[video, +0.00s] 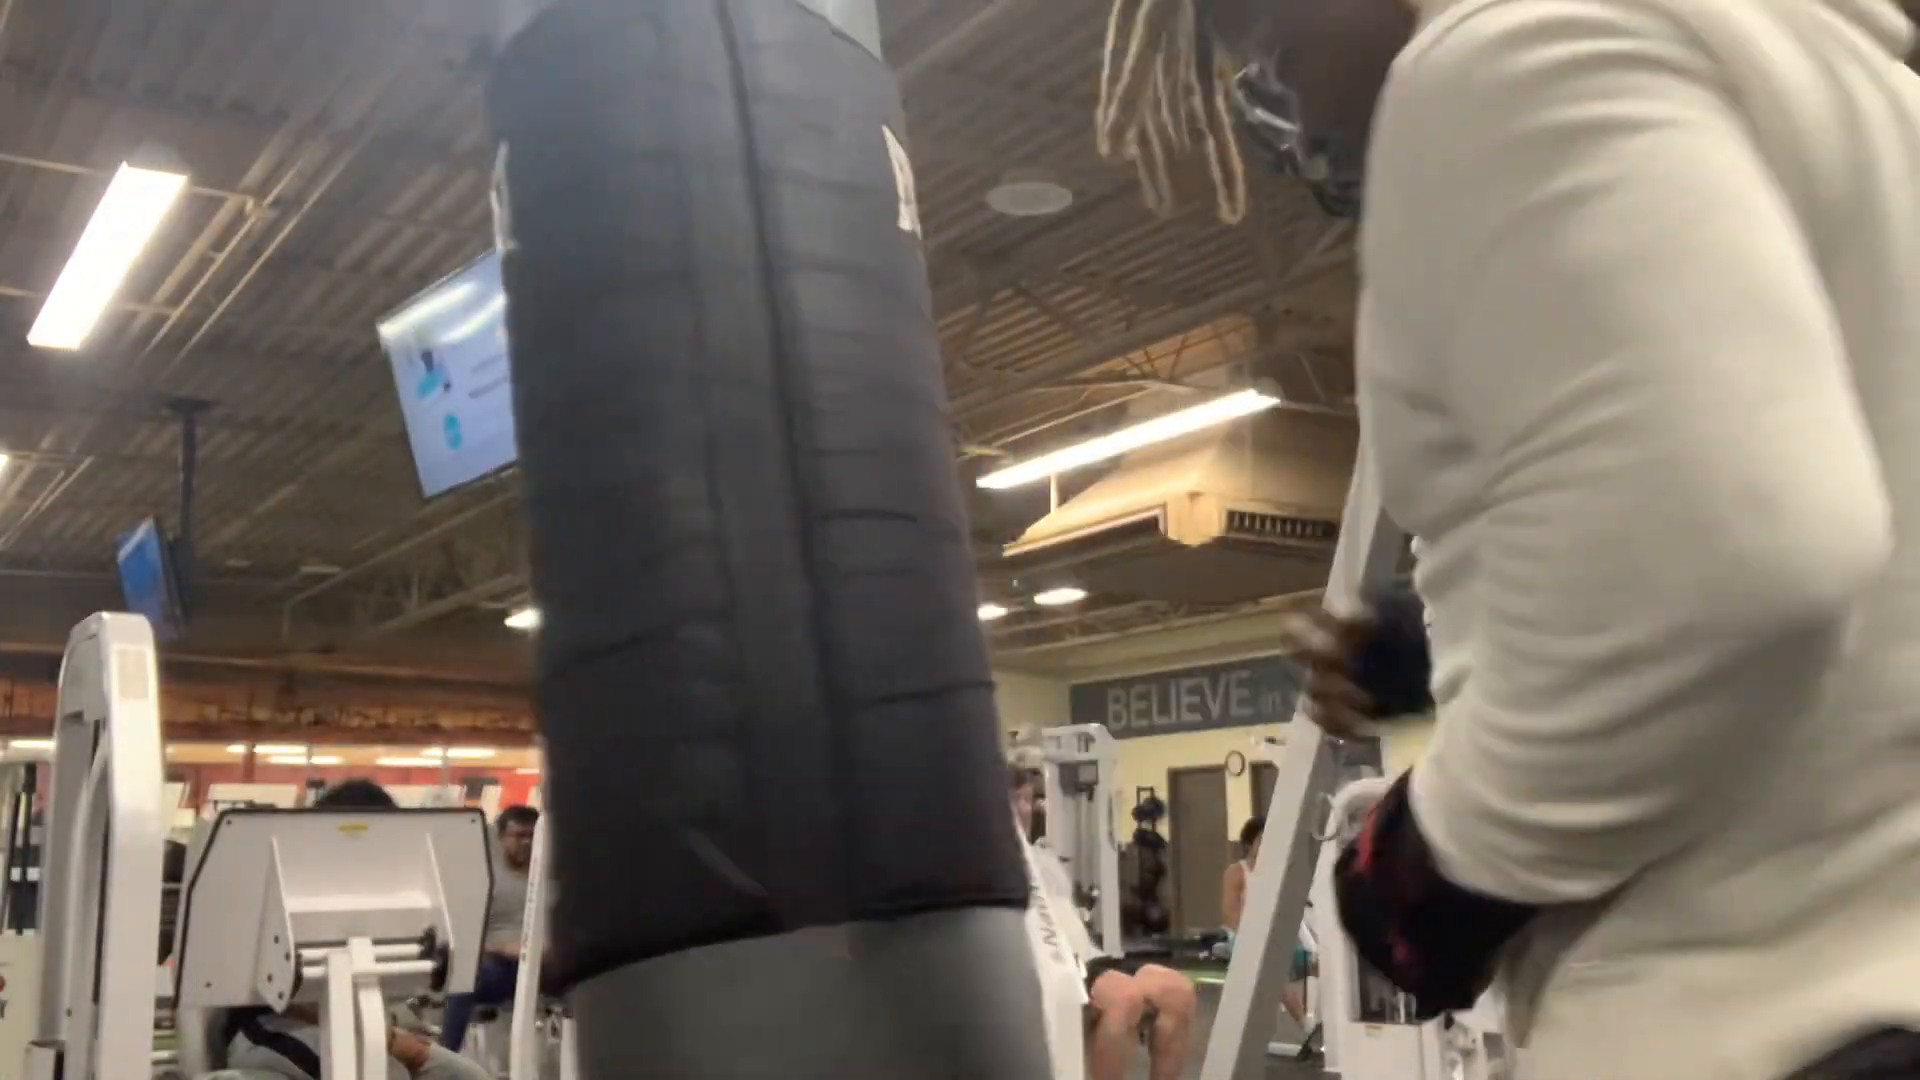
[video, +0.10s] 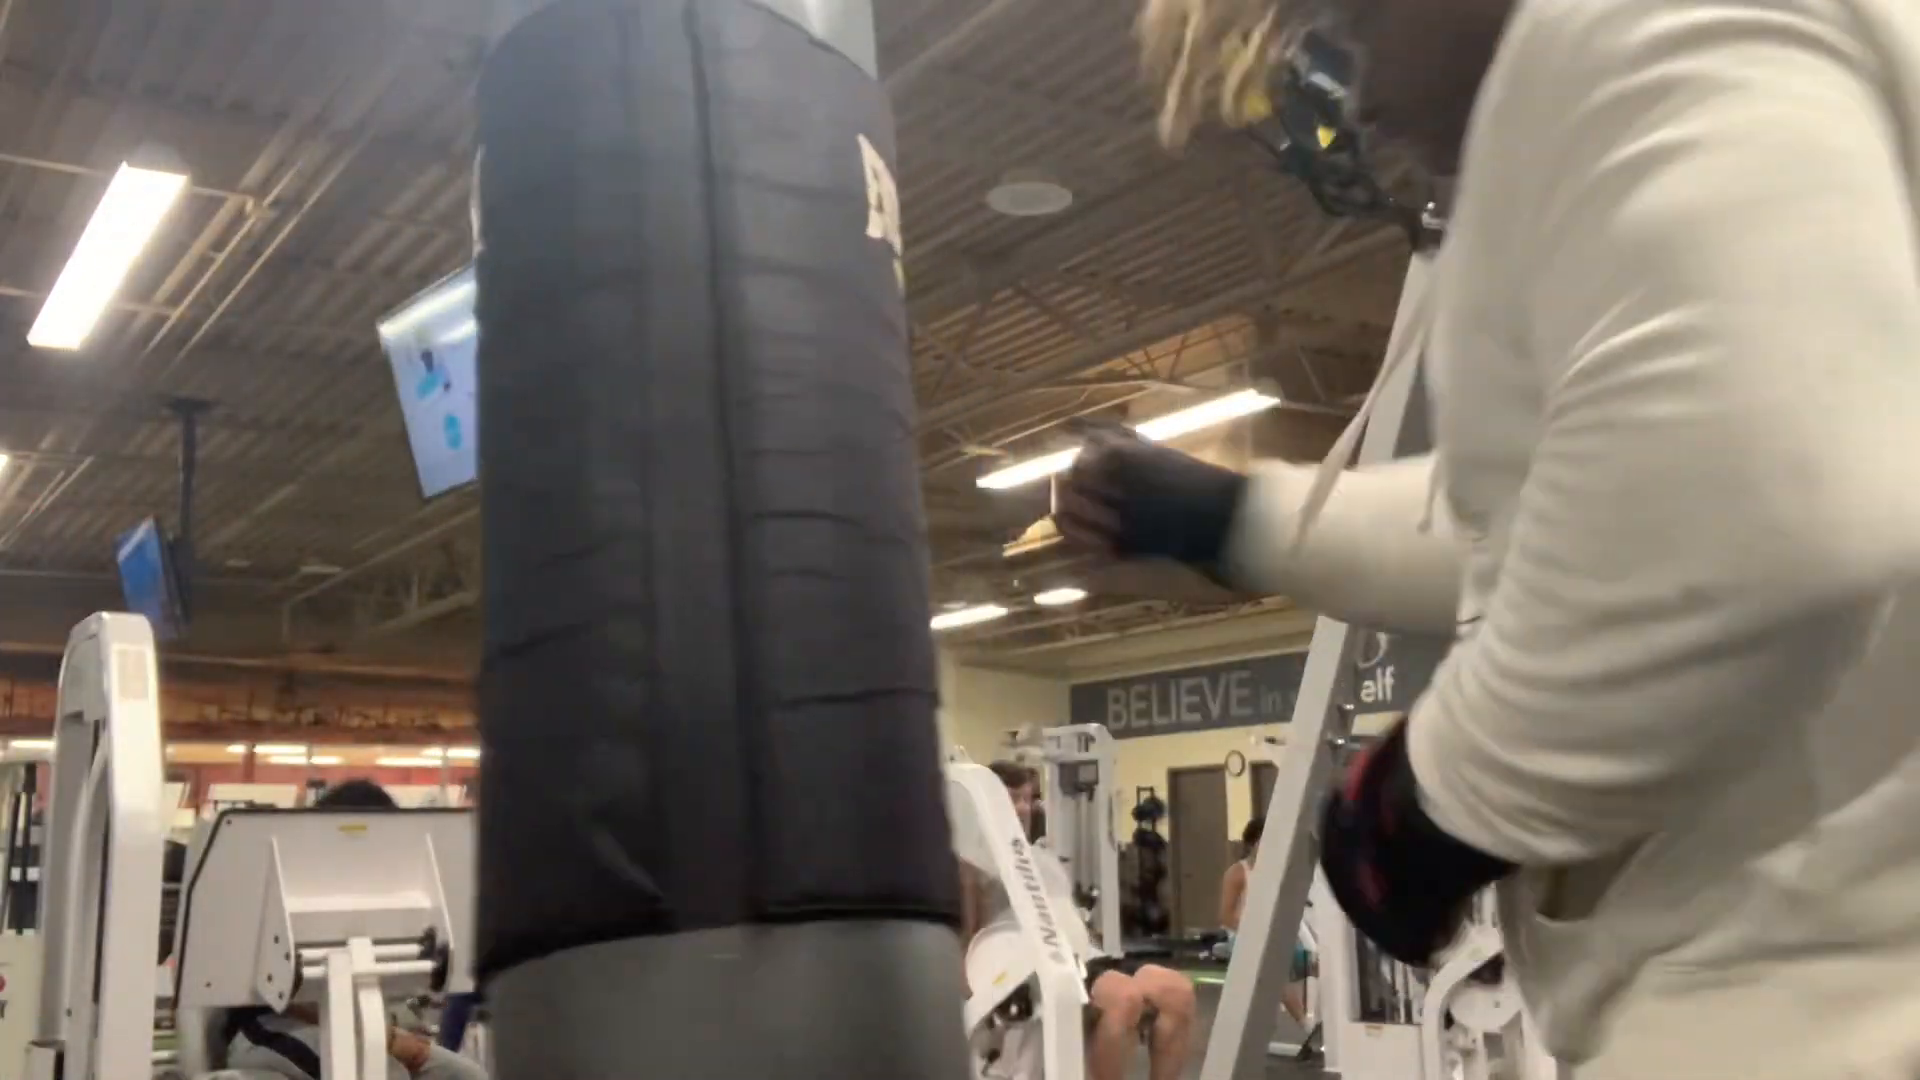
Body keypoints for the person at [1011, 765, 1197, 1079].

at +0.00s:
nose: (1027, 808)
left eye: (1030, 798)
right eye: (1019, 798)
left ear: (1034, 802)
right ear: (999, 802)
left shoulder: (1044, 858)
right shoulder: (993, 859)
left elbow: (1069, 920)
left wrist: (1099, 963)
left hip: (1081, 960)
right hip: (1042, 968)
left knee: (1178, 992)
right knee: (1124, 998)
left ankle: (1165, 1072)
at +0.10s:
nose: (1025, 808)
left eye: (1030, 798)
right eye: (1016, 798)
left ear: (1036, 802)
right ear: (994, 803)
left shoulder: (1040, 856)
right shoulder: (976, 856)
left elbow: (1065, 913)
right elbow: (968, 932)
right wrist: (964, 982)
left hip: (1078, 955)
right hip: (1027, 961)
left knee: (1177, 992)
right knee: (1124, 998)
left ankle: (1164, 1073)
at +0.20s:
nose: (1024, 808)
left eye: (1028, 799)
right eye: (1014, 799)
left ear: (1033, 803)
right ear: (991, 802)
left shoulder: (1040, 856)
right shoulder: (968, 860)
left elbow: (1062, 918)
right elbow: (954, 949)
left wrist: (1089, 945)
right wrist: (985, 997)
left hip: (1071, 957)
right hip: (1016, 966)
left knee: (1177, 993)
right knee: (1123, 998)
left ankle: (1164, 1074)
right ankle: (1104, 1074)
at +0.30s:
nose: (1027, 807)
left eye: (1027, 798)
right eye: (1018, 798)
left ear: (1029, 801)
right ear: (991, 801)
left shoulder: (1042, 857)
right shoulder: (967, 860)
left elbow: (1080, 920)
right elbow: (955, 946)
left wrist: (1103, 955)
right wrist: (982, 995)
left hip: (1073, 957)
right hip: (1017, 965)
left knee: (1177, 993)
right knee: (1124, 998)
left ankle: (1164, 1072)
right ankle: (1106, 1073)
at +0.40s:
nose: (1020, 805)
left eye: (1021, 796)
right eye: (1011, 796)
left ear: (1024, 799)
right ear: (989, 800)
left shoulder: (1044, 856)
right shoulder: (966, 857)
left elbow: (1083, 918)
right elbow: (955, 940)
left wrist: (1110, 957)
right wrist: (978, 992)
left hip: (1074, 957)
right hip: (1016, 963)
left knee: (1177, 993)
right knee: (1124, 998)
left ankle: (1165, 1073)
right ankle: (1106, 1074)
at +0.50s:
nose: (1017, 803)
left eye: (1019, 794)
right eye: (1008, 794)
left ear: (1022, 797)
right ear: (987, 800)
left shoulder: (1042, 853)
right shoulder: (967, 856)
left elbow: (1083, 914)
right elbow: (956, 939)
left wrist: (1111, 957)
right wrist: (979, 993)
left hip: (1075, 958)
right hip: (1020, 964)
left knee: (1177, 992)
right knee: (1124, 999)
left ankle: (1165, 1073)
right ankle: (1106, 1073)